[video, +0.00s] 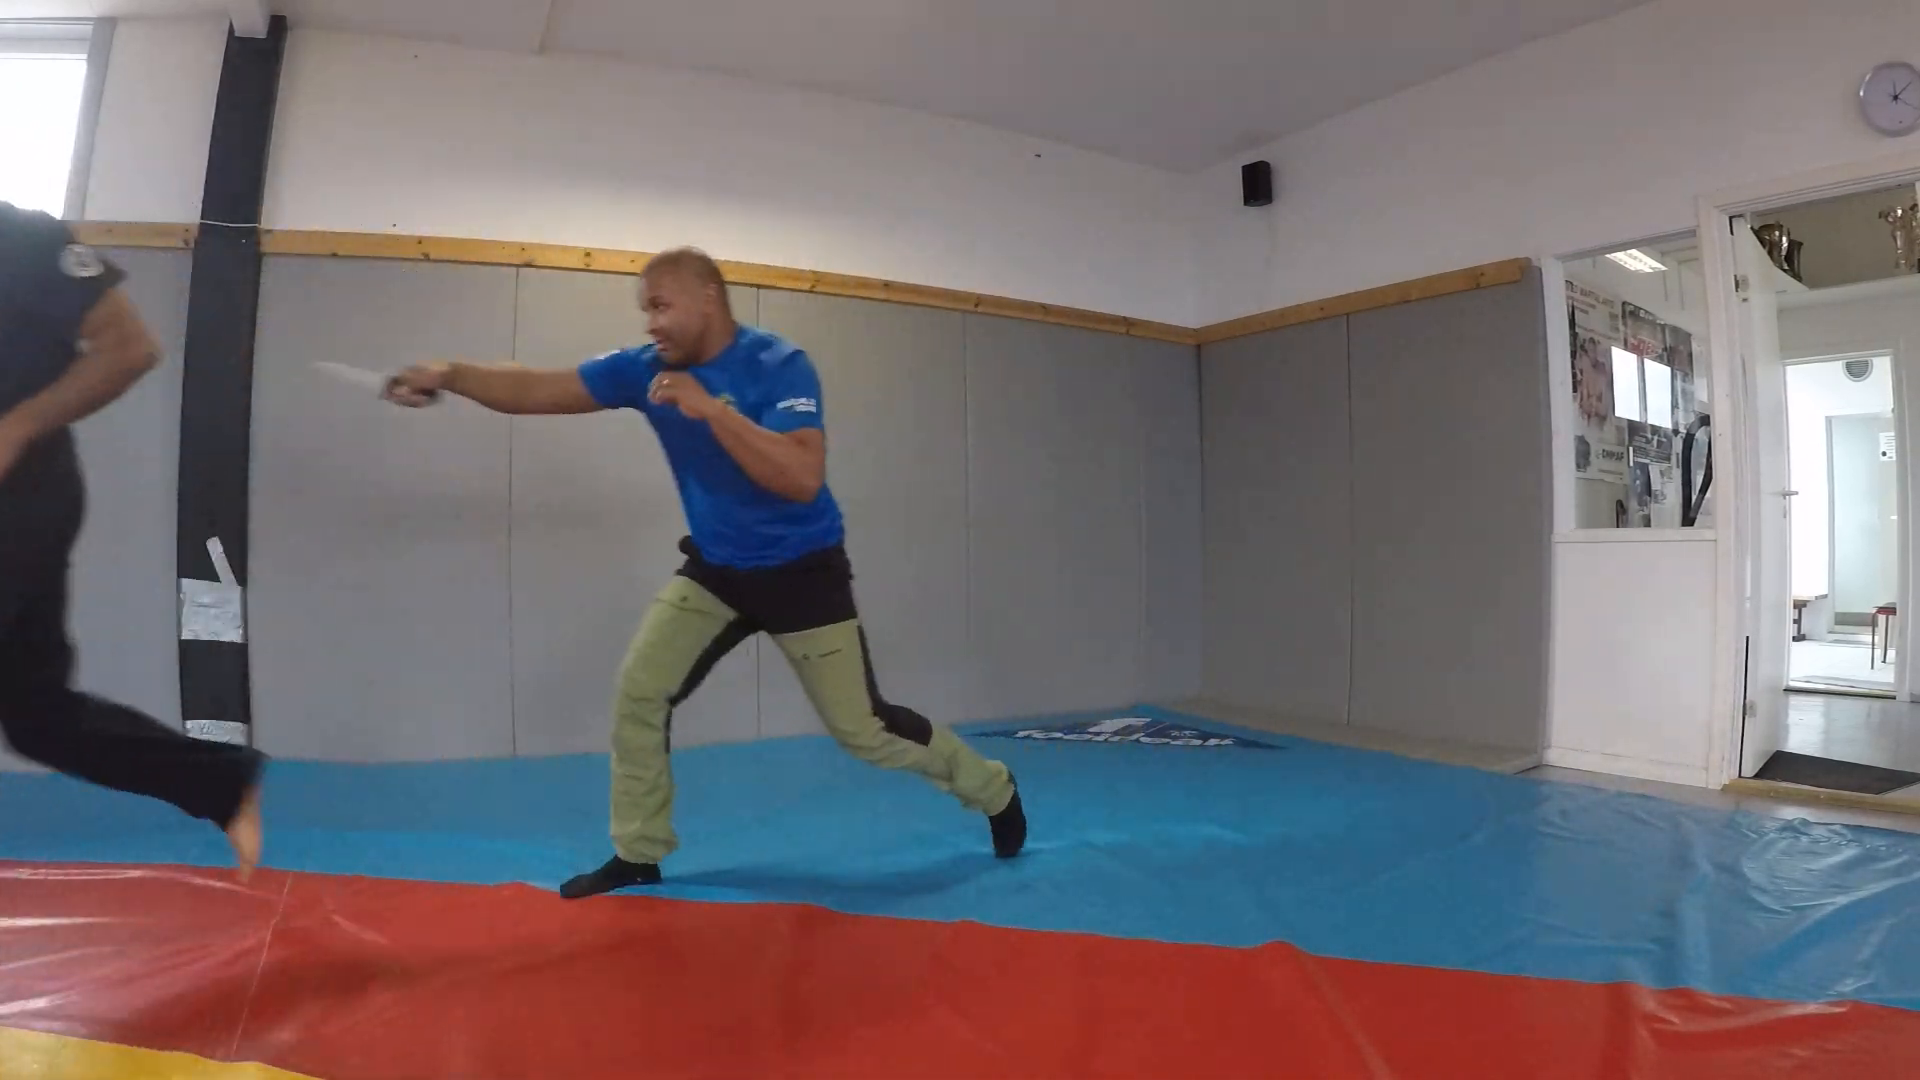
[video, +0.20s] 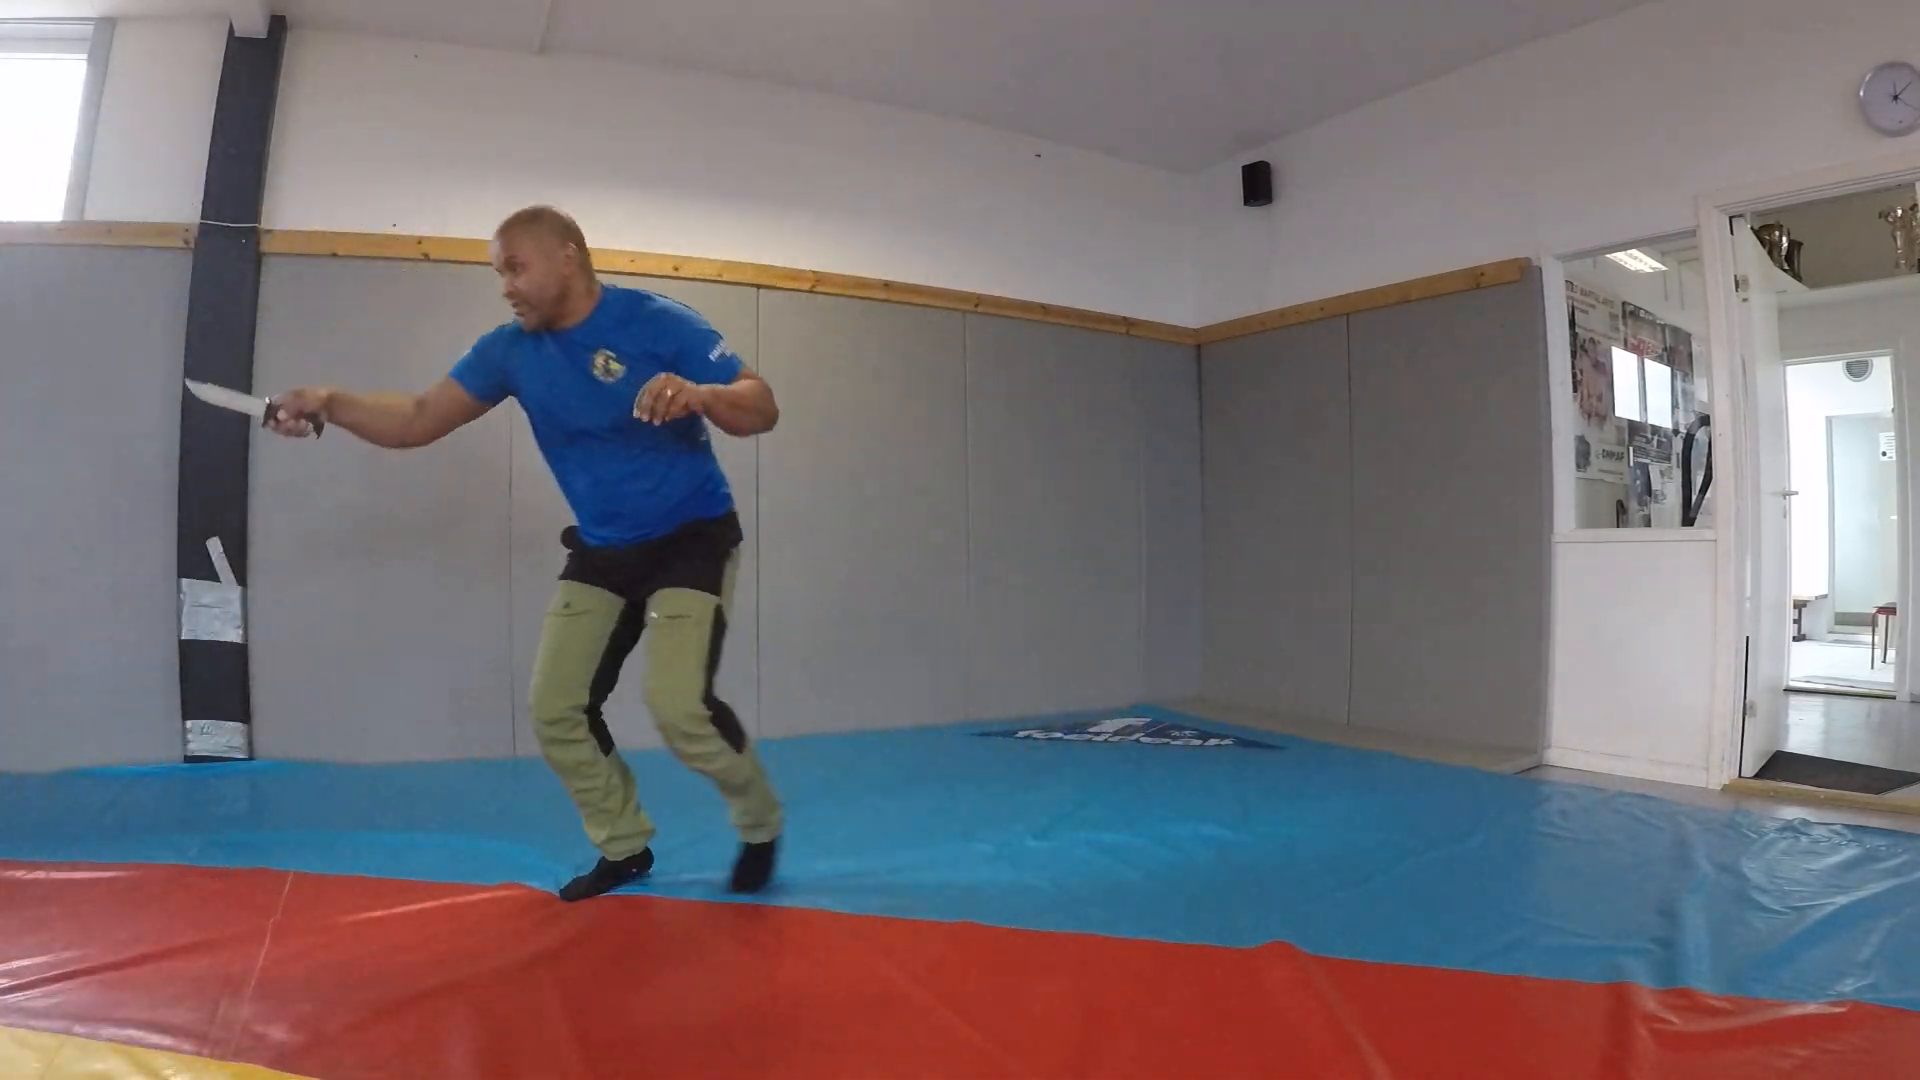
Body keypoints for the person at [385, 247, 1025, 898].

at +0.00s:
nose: (648, 322)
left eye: (659, 307)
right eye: (645, 308)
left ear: (710, 302)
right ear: (663, 311)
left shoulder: (780, 368)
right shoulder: (652, 372)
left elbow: (801, 476)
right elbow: (543, 389)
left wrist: (709, 410)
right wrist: (449, 376)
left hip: (803, 573)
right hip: (714, 570)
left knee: (861, 728)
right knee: (640, 694)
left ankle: (995, 789)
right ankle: (638, 858)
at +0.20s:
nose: (506, 286)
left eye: (517, 268)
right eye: (500, 271)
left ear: (570, 259)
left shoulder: (652, 323)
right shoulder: (507, 350)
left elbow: (761, 409)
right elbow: (416, 419)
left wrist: (701, 395)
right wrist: (326, 403)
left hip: (692, 537)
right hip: (603, 547)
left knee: (676, 704)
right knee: (558, 709)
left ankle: (761, 824)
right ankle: (625, 847)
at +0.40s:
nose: (412, 209)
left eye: (426, 192)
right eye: (409, 195)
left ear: (487, 193)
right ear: (436, 202)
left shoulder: (559, 270)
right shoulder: (417, 308)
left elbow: (674, 373)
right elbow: (421, 420)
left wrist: (643, 314)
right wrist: (371, 507)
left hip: (565, 509)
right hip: (477, 522)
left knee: (488, 700)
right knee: (486, 705)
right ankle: (594, 821)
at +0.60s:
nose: (317, 179)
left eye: (336, 164)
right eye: (320, 163)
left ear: (396, 182)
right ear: (365, 185)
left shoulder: (460, 283)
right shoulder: (324, 295)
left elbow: (541, 428)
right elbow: (319, 425)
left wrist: (474, 362)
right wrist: (294, 537)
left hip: (441, 537)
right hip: (350, 541)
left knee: (340, 743)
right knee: (294, 737)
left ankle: (407, 933)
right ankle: (447, 817)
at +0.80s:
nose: (239, 113)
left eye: (260, 96)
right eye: (243, 99)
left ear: (321, 116)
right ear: (285, 119)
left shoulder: (357, 224)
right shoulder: (256, 229)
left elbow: (366, 381)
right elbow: (252, 372)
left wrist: (213, 367)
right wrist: (208, 477)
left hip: (331, 513)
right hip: (239, 509)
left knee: (272, 750)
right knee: (170, 722)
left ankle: (392, 912)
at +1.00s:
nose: (154, 110)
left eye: (175, 94)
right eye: (161, 94)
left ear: (230, 117)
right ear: (219, 118)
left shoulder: (249, 221)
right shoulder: (189, 229)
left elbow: (240, 390)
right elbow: (201, 383)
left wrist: (90, 359)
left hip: (205, 543)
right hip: (125, 537)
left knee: (179, 796)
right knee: (54, 771)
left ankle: (365, 897)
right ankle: (100, 981)